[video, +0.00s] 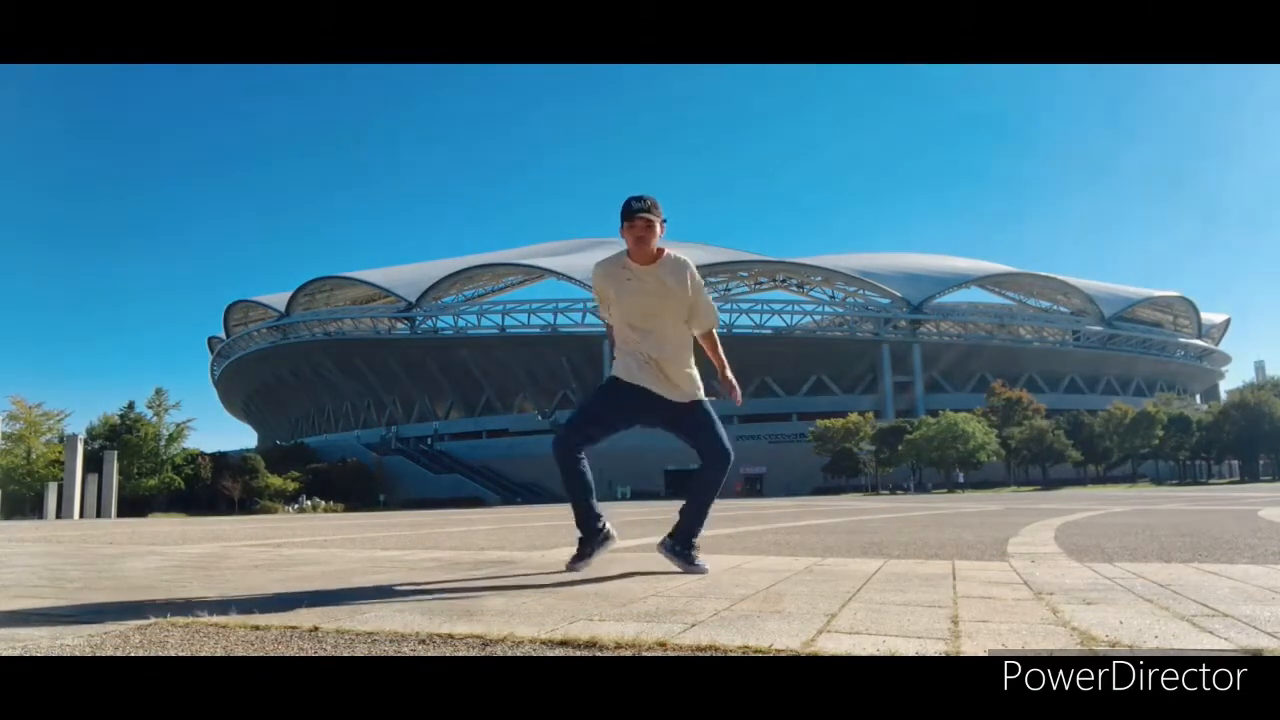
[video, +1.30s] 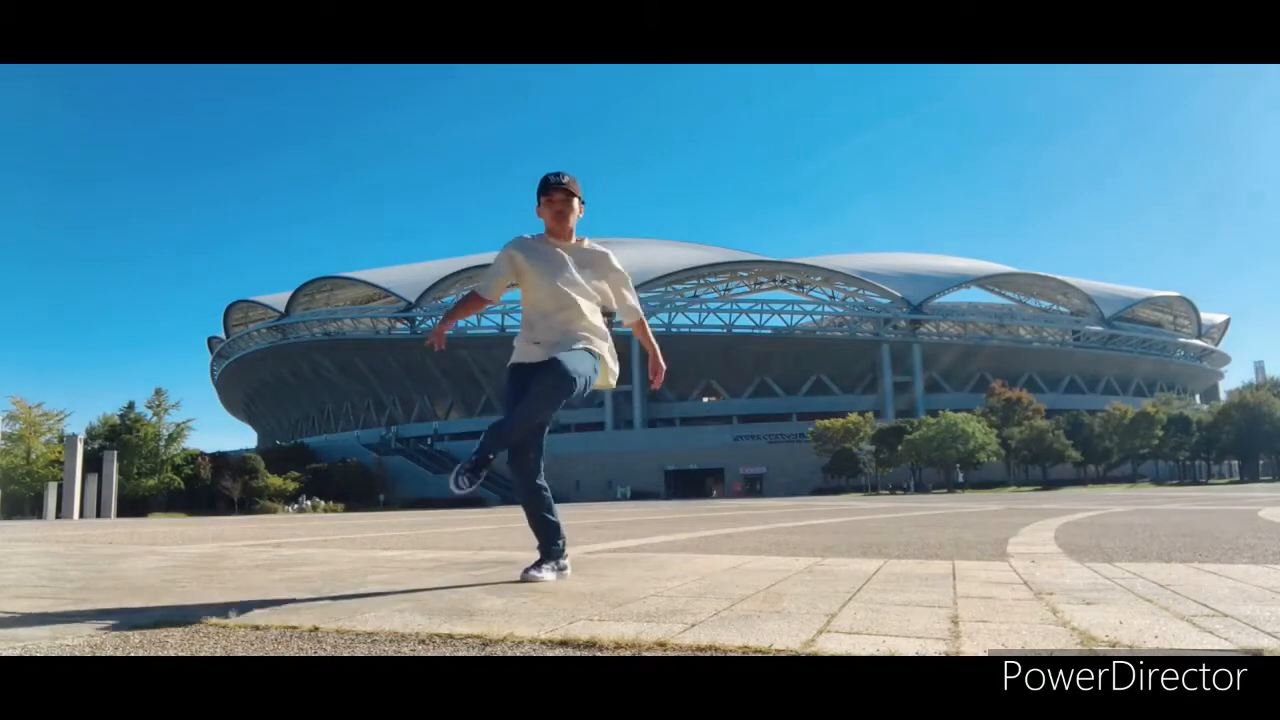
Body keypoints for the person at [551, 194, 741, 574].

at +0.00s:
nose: (641, 232)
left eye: (649, 225)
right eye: (634, 226)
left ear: (662, 230)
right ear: (623, 231)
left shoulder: (682, 271)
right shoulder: (605, 272)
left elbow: (704, 329)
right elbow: (612, 325)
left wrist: (725, 371)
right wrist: (625, 362)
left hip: (680, 391)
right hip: (627, 386)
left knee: (720, 455)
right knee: (567, 443)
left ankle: (681, 540)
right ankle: (593, 531)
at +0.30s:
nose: (616, 233)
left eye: (624, 227)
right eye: (609, 227)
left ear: (639, 230)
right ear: (599, 233)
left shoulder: (661, 277)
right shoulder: (579, 274)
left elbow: (679, 333)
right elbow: (566, 322)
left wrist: (696, 378)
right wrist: (560, 368)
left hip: (652, 401)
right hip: (595, 396)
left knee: (697, 455)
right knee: (528, 442)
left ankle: (651, 534)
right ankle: (567, 526)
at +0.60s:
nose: (593, 202)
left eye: (600, 196)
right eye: (585, 196)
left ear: (611, 204)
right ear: (572, 204)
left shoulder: (633, 251)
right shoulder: (553, 250)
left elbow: (656, 309)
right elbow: (530, 302)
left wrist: (676, 353)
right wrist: (513, 349)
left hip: (625, 371)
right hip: (573, 370)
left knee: (643, 457)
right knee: (548, 455)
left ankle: (667, 543)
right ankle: (550, 540)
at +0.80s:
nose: (574, 207)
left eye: (581, 201)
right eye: (566, 201)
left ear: (595, 209)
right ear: (555, 210)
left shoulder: (619, 254)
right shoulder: (535, 250)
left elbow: (661, 292)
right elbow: (493, 283)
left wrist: (684, 329)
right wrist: (462, 318)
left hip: (601, 370)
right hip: (546, 369)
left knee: (652, 419)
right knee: (533, 460)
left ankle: (652, 509)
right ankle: (550, 554)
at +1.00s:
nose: (567, 205)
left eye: (574, 199)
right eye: (559, 200)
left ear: (588, 207)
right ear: (548, 209)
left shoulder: (608, 262)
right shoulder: (528, 250)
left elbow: (638, 320)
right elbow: (487, 291)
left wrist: (666, 363)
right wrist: (443, 323)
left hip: (582, 366)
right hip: (530, 362)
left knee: (589, 426)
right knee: (515, 449)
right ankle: (549, 548)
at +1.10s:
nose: (562, 203)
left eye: (570, 196)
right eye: (554, 197)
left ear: (583, 205)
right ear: (543, 206)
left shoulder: (601, 257)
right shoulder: (529, 249)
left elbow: (610, 321)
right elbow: (483, 291)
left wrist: (620, 363)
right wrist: (446, 324)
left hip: (587, 371)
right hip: (538, 365)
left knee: (541, 415)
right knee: (530, 457)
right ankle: (552, 554)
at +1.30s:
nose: (559, 205)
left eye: (566, 199)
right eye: (551, 199)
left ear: (580, 207)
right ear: (539, 209)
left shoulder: (600, 259)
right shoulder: (520, 250)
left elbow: (632, 312)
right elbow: (485, 293)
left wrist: (654, 352)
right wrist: (448, 318)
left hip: (581, 351)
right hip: (530, 355)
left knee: (556, 383)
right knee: (525, 462)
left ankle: (485, 452)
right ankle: (553, 555)